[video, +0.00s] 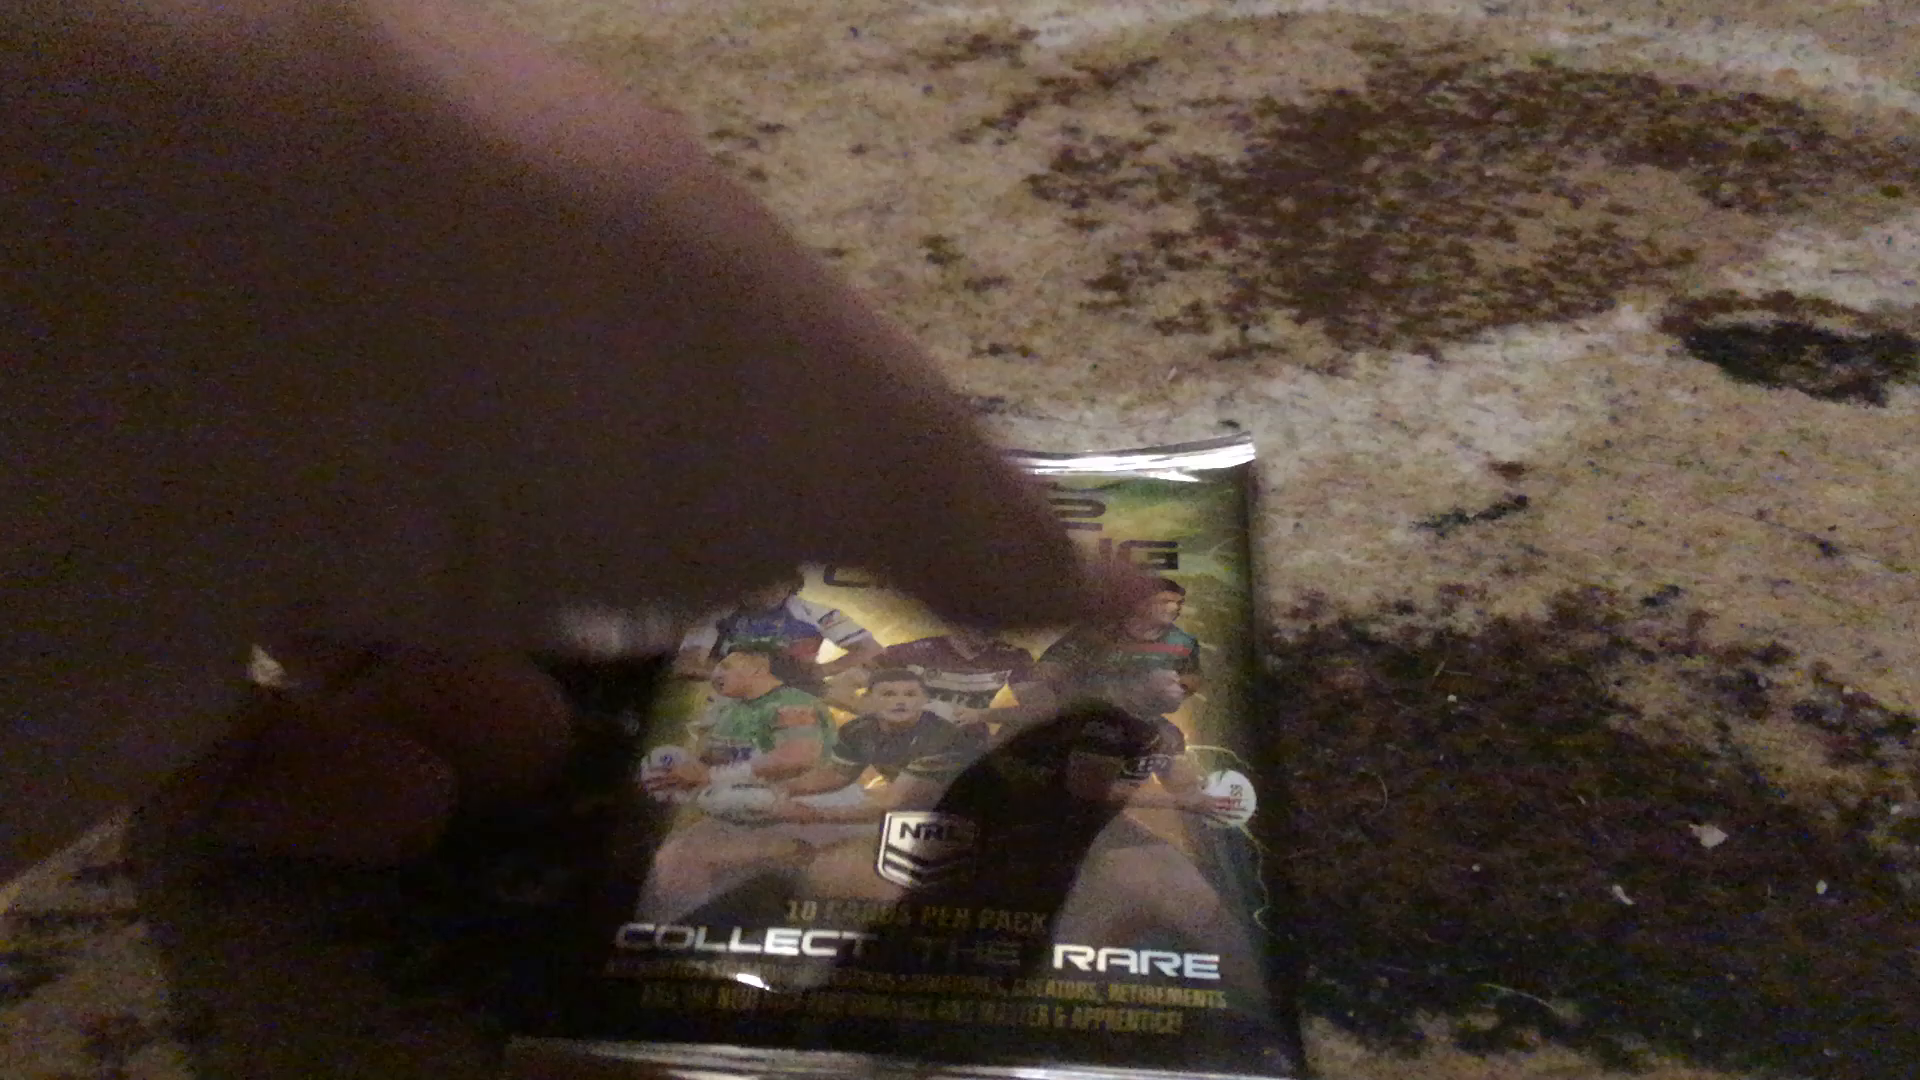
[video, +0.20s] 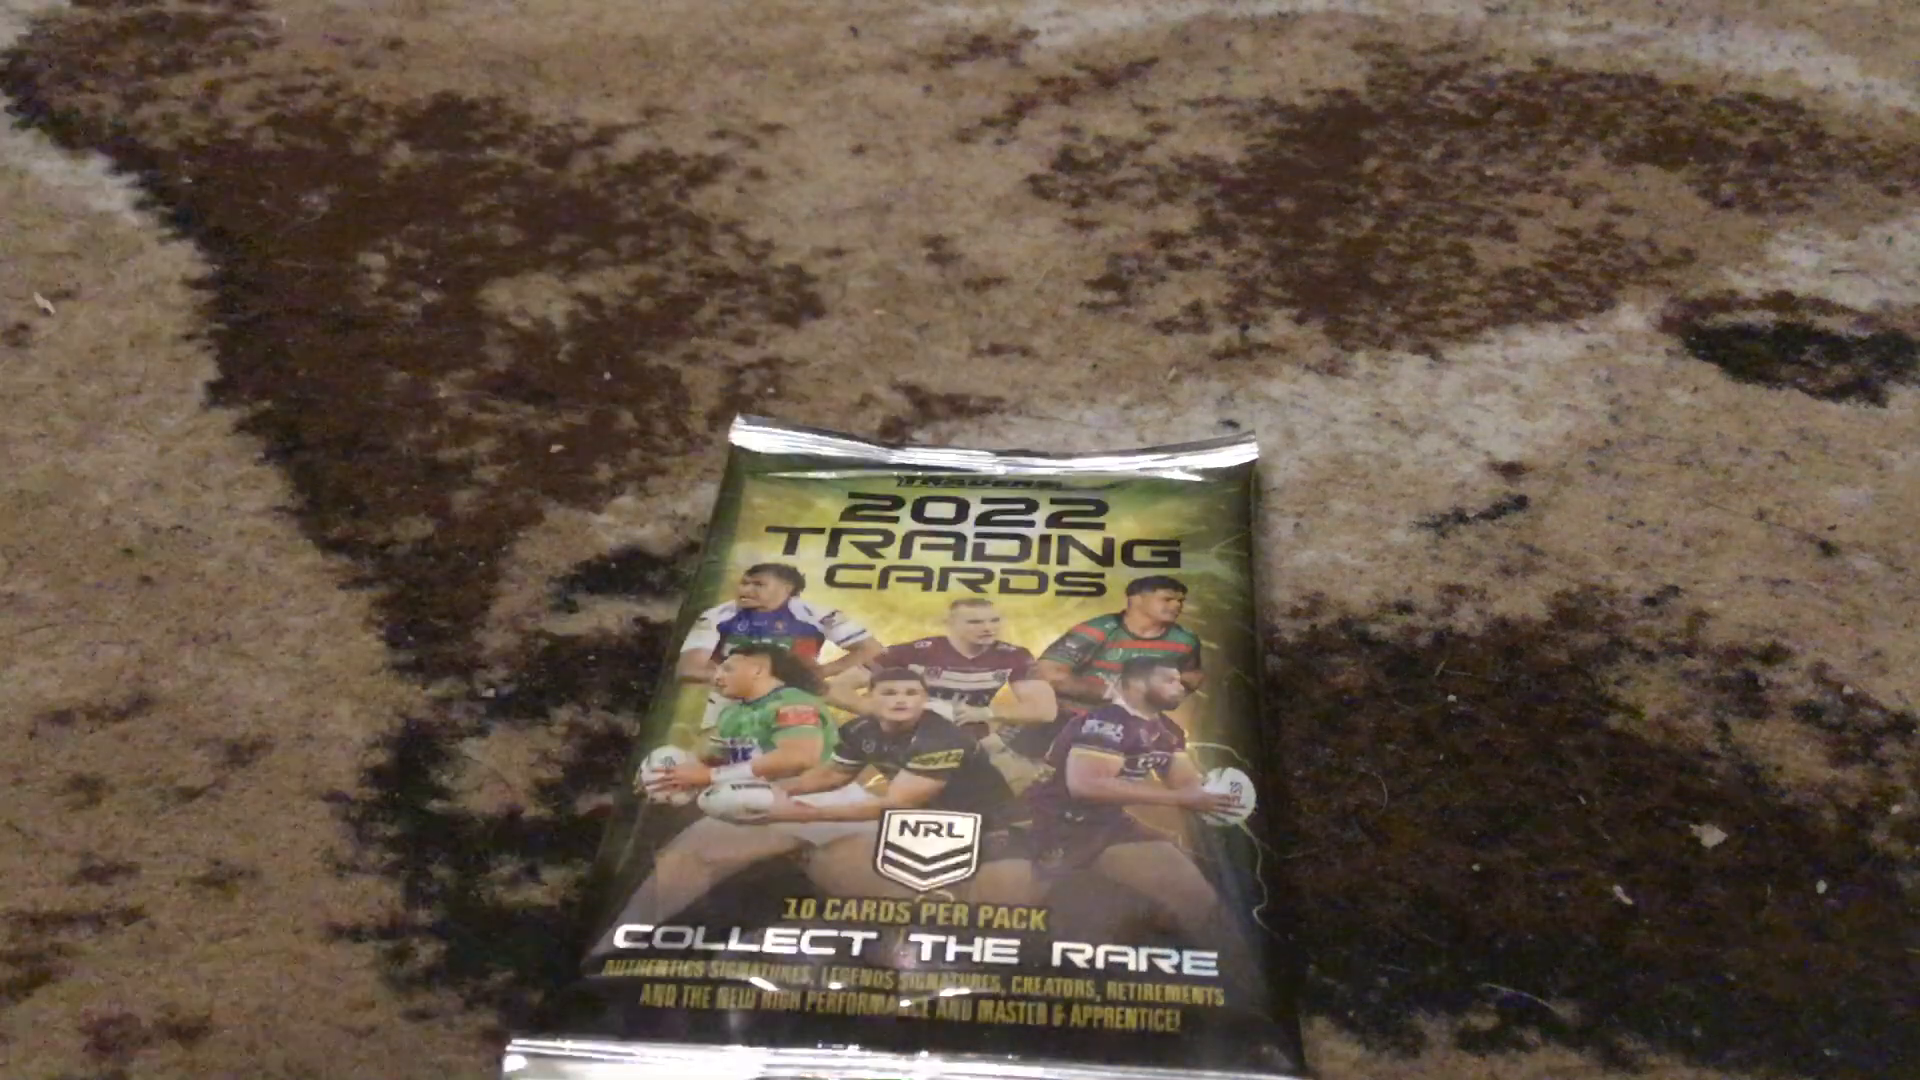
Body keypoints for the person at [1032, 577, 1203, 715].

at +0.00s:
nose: (1174, 609)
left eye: (1178, 604)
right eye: (1165, 602)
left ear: (1180, 607)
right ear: (1142, 602)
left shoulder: (1183, 644)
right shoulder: (1096, 632)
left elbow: (1193, 678)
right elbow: (1057, 661)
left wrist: (1178, 688)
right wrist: (1042, 679)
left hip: (1141, 722)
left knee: (1171, 739)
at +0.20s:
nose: (1176, 606)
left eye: (1179, 602)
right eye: (1167, 599)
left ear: (1182, 606)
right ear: (1135, 600)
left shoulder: (1185, 641)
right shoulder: (1098, 630)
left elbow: (1194, 676)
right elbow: (1046, 670)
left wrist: (1162, 691)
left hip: (1148, 731)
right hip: (1088, 728)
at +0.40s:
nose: (1177, 606)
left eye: (1179, 601)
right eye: (1168, 599)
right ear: (1135, 599)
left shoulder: (1186, 641)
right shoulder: (1099, 629)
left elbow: (1193, 676)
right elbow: (1046, 671)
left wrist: (1155, 696)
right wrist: (1105, 692)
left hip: (1143, 729)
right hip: (1085, 725)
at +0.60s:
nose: (1177, 606)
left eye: (1179, 601)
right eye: (1167, 599)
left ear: (1182, 605)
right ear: (1135, 599)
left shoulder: (1186, 642)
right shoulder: (1099, 629)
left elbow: (1192, 677)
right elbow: (1044, 672)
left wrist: (1152, 696)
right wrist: (1107, 692)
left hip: (1141, 727)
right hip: (1082, 723)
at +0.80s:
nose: (1176, 606)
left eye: (1179, 601)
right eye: (1167, 599)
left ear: (1182, 604)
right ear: (1136, 599)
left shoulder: (1186, 642)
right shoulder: (1099, 629)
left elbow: (1192, 678)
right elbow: (1045, 671)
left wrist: (1151, 696)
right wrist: (1105, 692)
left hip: (1141, 726)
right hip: (1082, 722)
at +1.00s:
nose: (1177, 606)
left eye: (1179, 601)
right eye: (1167, 599)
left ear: (1182, 603)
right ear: (1136, 599)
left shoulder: (1186, 641)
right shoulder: (1098, 630)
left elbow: (1192, 678)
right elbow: (1045, 671)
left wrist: (1151, 696)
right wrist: (1105, 691)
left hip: (1142, 728)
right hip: (1083, 725)